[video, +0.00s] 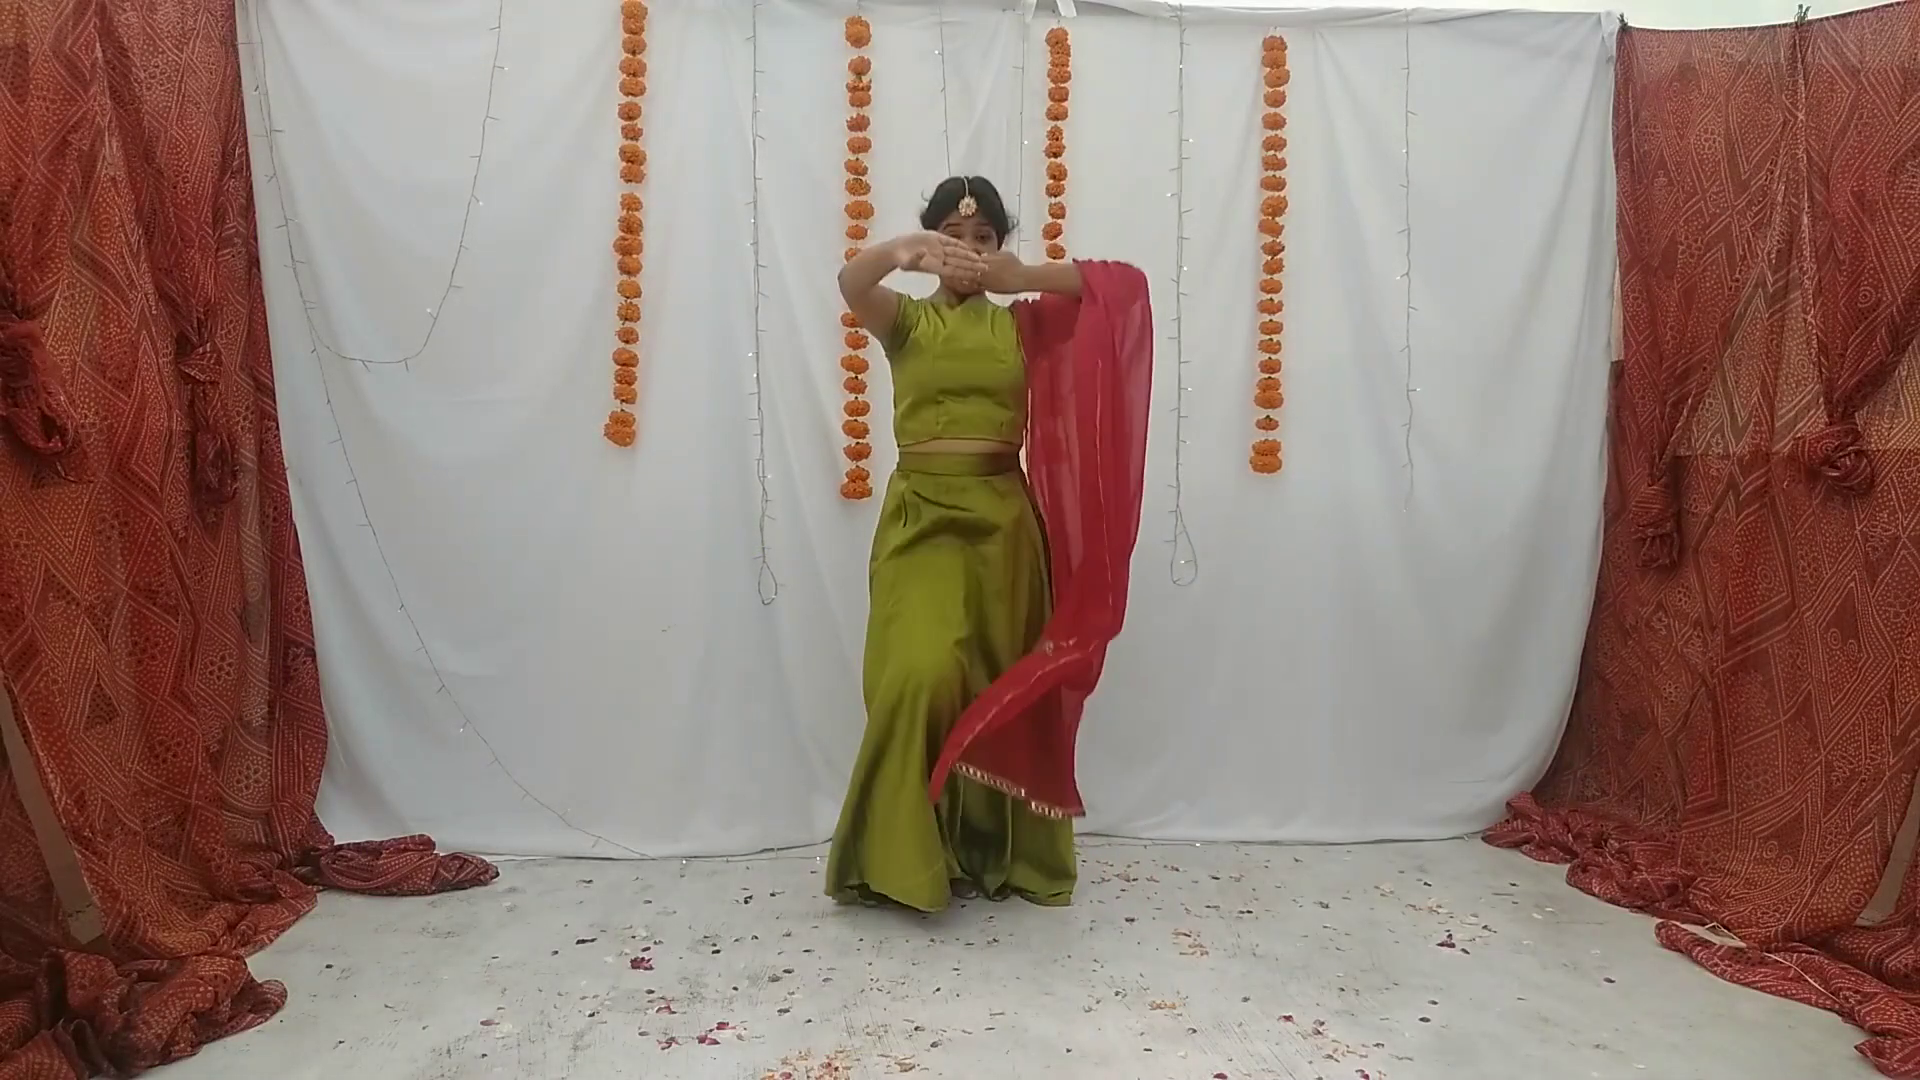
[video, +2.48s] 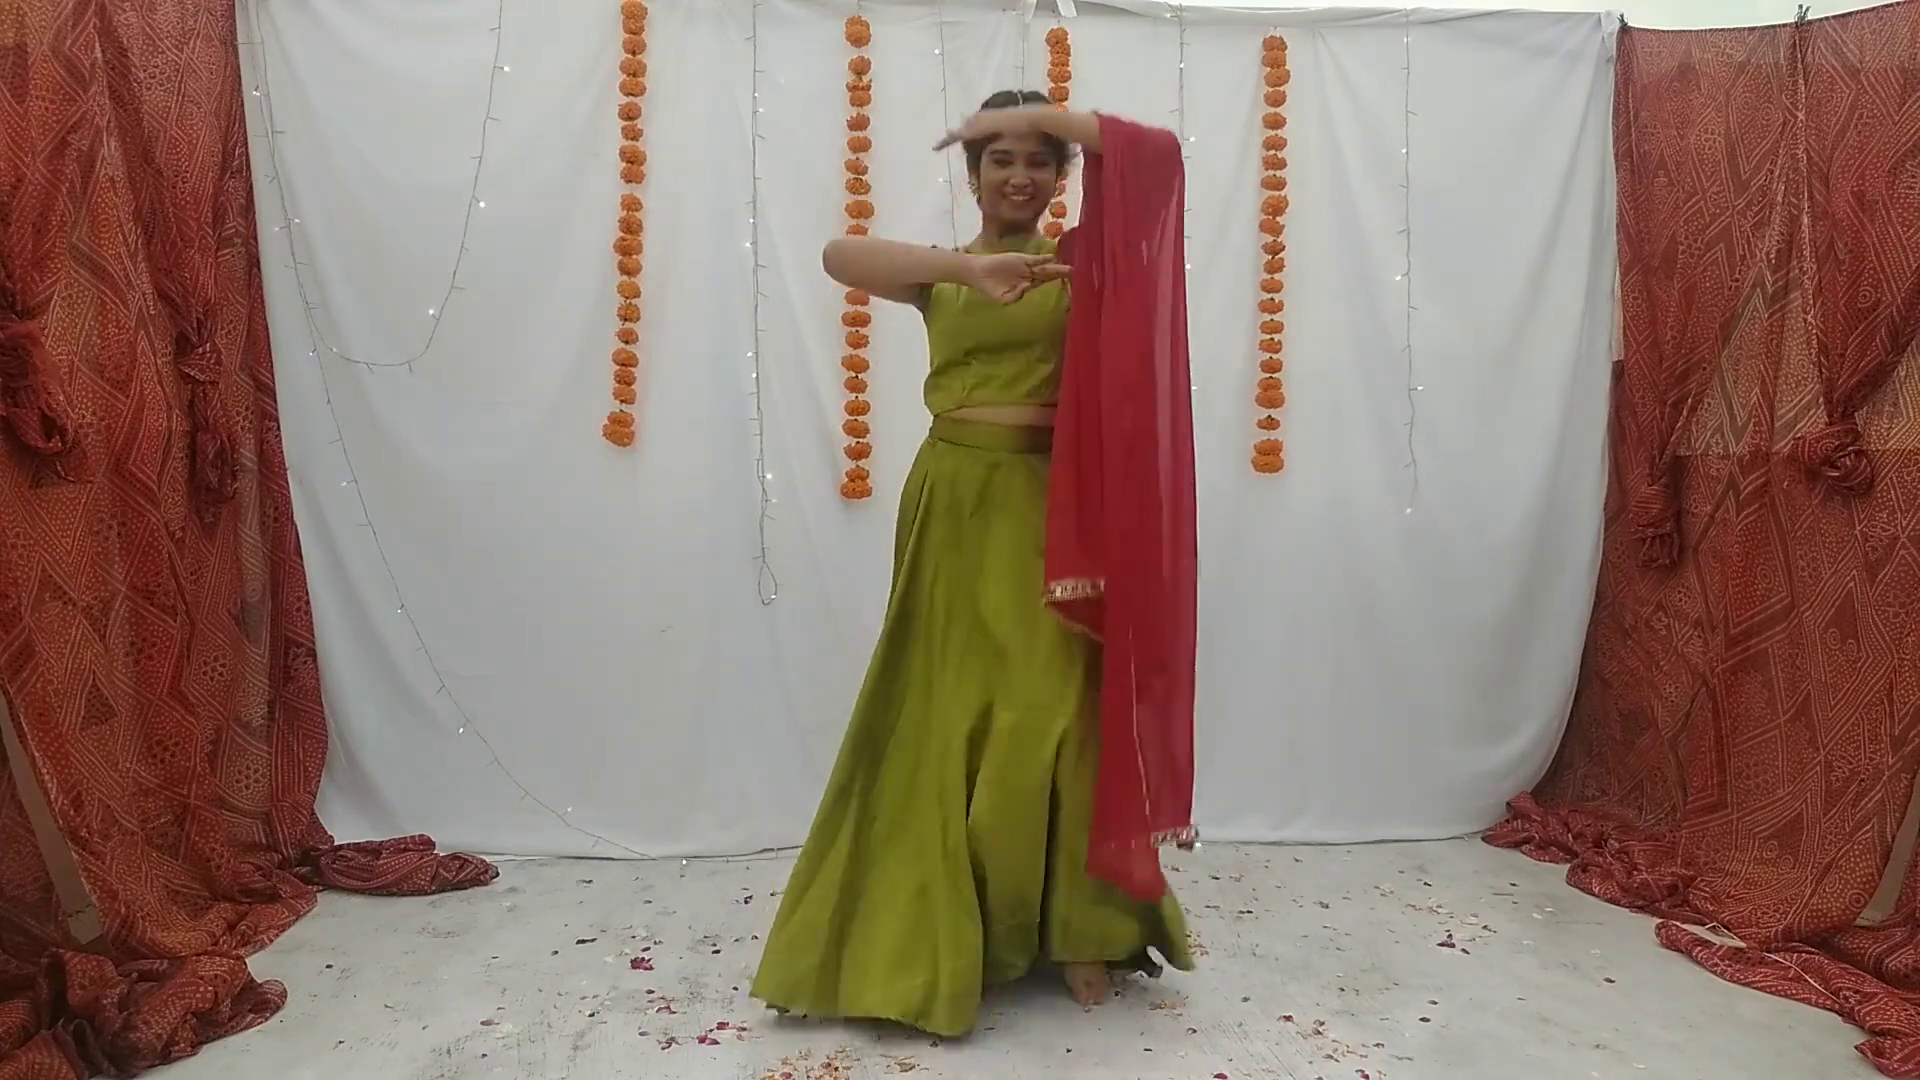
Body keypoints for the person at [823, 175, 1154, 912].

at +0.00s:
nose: (967, 243)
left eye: (981, 232)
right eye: (954, 231)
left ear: (1001, 246)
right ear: (932, 246)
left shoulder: (1023, 320)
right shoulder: (910, 320)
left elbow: (1116, 285)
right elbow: (854, 285)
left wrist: (1021, 274)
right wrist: (902, 247)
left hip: (1004, 511)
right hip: (920, 512)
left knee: (1010, 675)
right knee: (924, 670)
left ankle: (1000, 850)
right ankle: (903, 861)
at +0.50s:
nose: (961, 165)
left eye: (976, 156)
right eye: (948, 155)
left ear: (998, 175)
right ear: (927, 170)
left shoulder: (1025, 250)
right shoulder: (906, 246)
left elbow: (1098, 187)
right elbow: (834, 153)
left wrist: (995, 158)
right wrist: (917, 102)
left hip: (998, 447)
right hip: (918, 442)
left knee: (995, 636)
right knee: (919, 636)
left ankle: (993, 825)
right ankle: (923, 836)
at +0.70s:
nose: (956, 190)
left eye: (971, 183)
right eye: (943, 183)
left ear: (995, 206)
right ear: (926, 207)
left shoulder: (1021, 283)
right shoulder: (908, 280)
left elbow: (1087, 225)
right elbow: (845, 184)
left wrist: (988, 215)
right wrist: (928, 130)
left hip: (997, 481)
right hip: (917, 477)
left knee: (1002, 663)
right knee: (915, 665)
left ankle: (1003, 855)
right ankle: (913, 865)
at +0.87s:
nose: (965, 241)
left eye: (981, 229)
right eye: (951, 230)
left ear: (1003, 242)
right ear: (934, 241)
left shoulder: (1012, 326)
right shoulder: (898, 313)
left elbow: (1075, 317)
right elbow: (816, 283)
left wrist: (972, 317)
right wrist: (921, 272)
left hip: (979, 510)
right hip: (897, 508)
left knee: (980, 684)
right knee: (887, 688)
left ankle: (1021, 846)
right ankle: (903, 866)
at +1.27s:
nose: (969, 211)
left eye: (984, 197)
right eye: (953, 195)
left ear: (1003, 204)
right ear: (932, 201)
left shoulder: (1023, 283)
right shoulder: (902, 280)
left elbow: (1094, 211)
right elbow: (817, 300)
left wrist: (1005, 174)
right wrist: (923, 309)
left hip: (989, 487)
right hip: (905, 487)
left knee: (988, 673)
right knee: (910, 673)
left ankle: (983, 882)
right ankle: (916, 867)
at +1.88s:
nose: (976, 198)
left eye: (989, 184)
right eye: (961, 185)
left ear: (1013, 192)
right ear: (944, 191)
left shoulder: (1043, 270)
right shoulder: (919, 268)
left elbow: (1126, 262)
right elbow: (853, 179)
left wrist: (998, 239)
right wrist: (957, 169)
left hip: (1025, 493)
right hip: (932, 490)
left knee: (1014, 692)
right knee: (917, 680)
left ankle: (1010, 880)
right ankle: (917, 904)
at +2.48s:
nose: (1019, 174)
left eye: (1037, 160)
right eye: (1001, 158)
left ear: (1059, 176)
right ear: (975, 171)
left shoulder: (1089, 264)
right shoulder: (948, 271)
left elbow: (1163, 158)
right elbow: (841, 256)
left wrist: (1054, 119)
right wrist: (956, 265)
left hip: (1060, 496)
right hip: (959, 491)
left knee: (1066, 715)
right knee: (950, 713)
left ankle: (1083, 932)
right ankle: (933, 938)